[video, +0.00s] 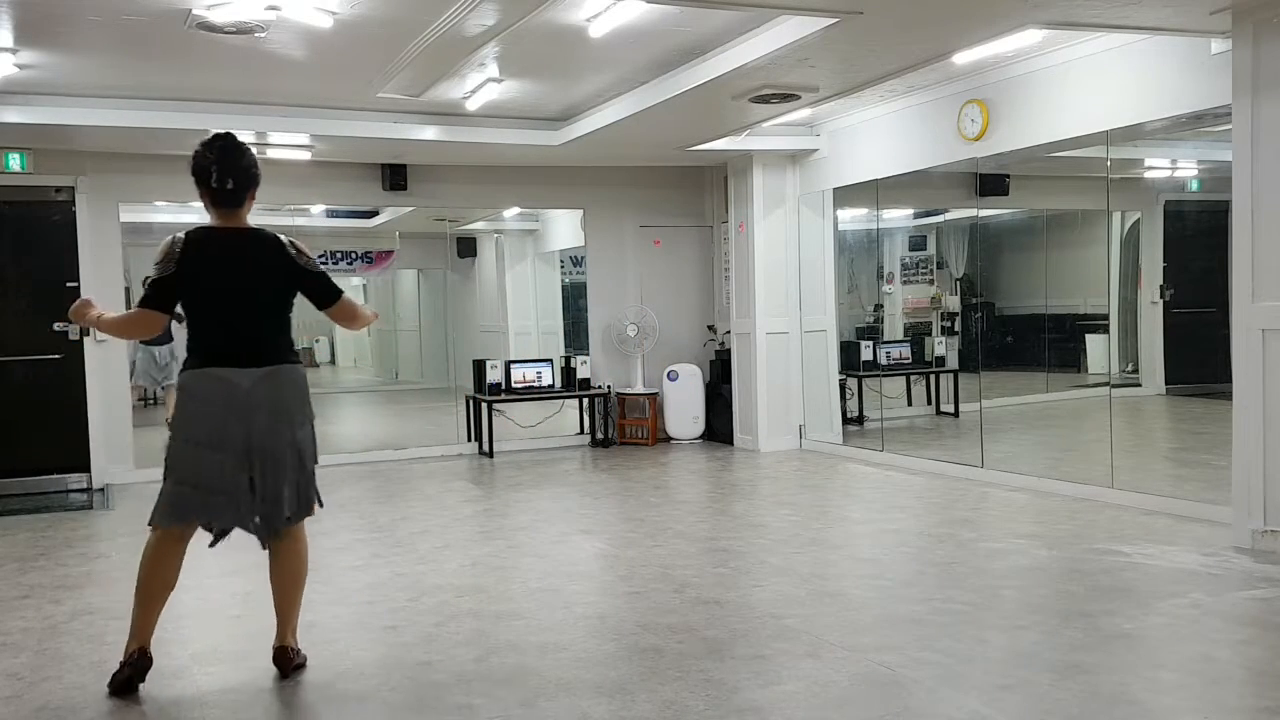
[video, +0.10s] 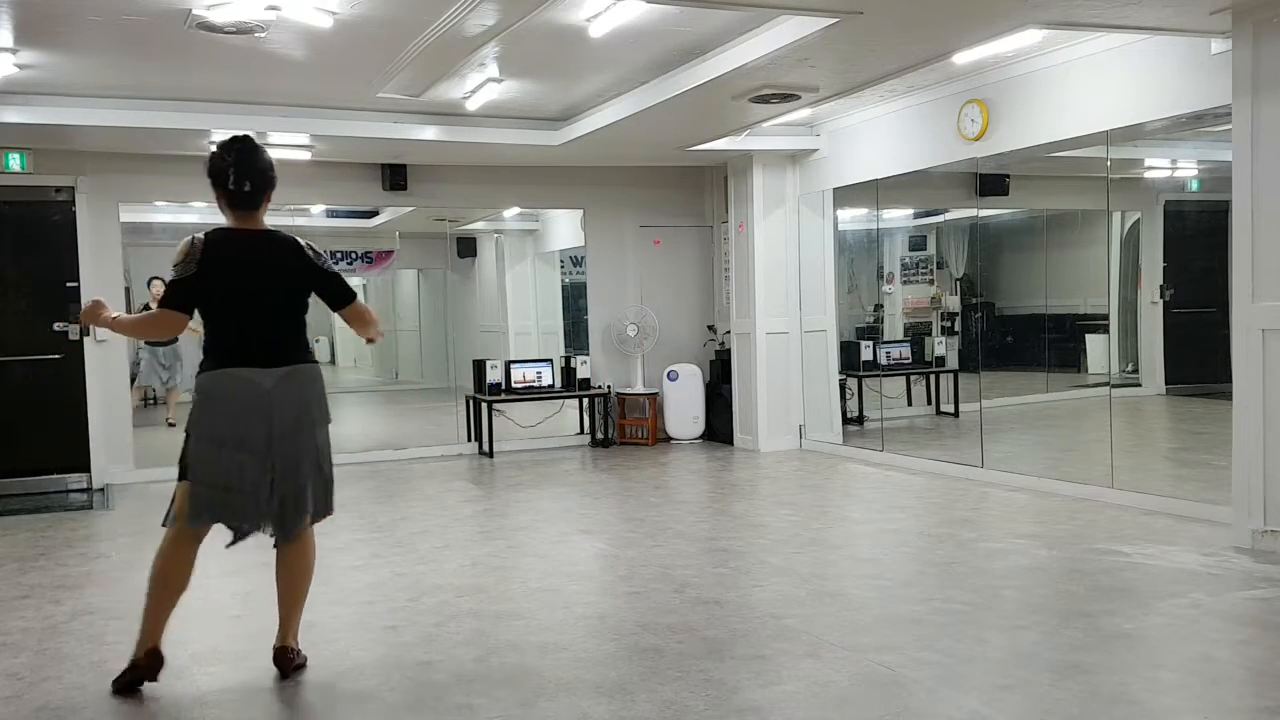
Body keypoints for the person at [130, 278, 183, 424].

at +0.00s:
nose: (150, 290)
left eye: (153, 287)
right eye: (148, 287)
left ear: (160, 288)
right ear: (144, 289)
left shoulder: (165, 305)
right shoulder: (140, 309)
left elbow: (181, 319)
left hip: (165, 345)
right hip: (145, 346)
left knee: (170, 383)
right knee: (138, 383)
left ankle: (170, 416)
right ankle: (127, 414)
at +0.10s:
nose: (158, 290)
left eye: (160, 287)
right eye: (154, 287)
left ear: (165, 290)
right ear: (149, 290)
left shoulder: (170, 307)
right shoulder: (144, 309)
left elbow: (184, 321)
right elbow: (135, 325)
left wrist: (198, 329)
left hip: (171, 347)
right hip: (150, 348)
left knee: (173, 383)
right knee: (142, 381)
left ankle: (170, 415)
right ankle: (127, 412)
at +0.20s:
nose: (161, 290)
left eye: (164, 287)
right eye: (158, 287)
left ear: (169, 290)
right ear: (153, 290)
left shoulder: (176, 307)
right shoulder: (148, 308)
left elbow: (189, 322)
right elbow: (140, 324)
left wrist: (203, 334)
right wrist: (147, 332)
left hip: (175, 348)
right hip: (154, 349)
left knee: (175, 384)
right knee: (146, 382)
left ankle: (171, 416)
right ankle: (141, 416)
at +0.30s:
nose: (165, 291)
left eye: (167, 287)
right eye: (161, 287)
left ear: (173, 290)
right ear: (156, 290)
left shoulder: (179, 308)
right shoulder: (152, 309)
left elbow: (192, 327)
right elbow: (144, 324)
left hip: (176, 347)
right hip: (158, 348)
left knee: (175, 385)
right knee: (156, 385)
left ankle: (171, 415)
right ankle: (162, 413)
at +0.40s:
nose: (168, 291)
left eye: (171, 288)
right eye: (165, 288)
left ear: (176, 291)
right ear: (160, 291)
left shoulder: (181, 310)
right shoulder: (156, 310)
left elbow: (197, 328)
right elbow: (143, 326)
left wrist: (215, 342)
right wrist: (131, 322)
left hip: (179, 348)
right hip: (161, 349)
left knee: (177, 383)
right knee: (165, 384)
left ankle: (171, 416)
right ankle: (177, 410)